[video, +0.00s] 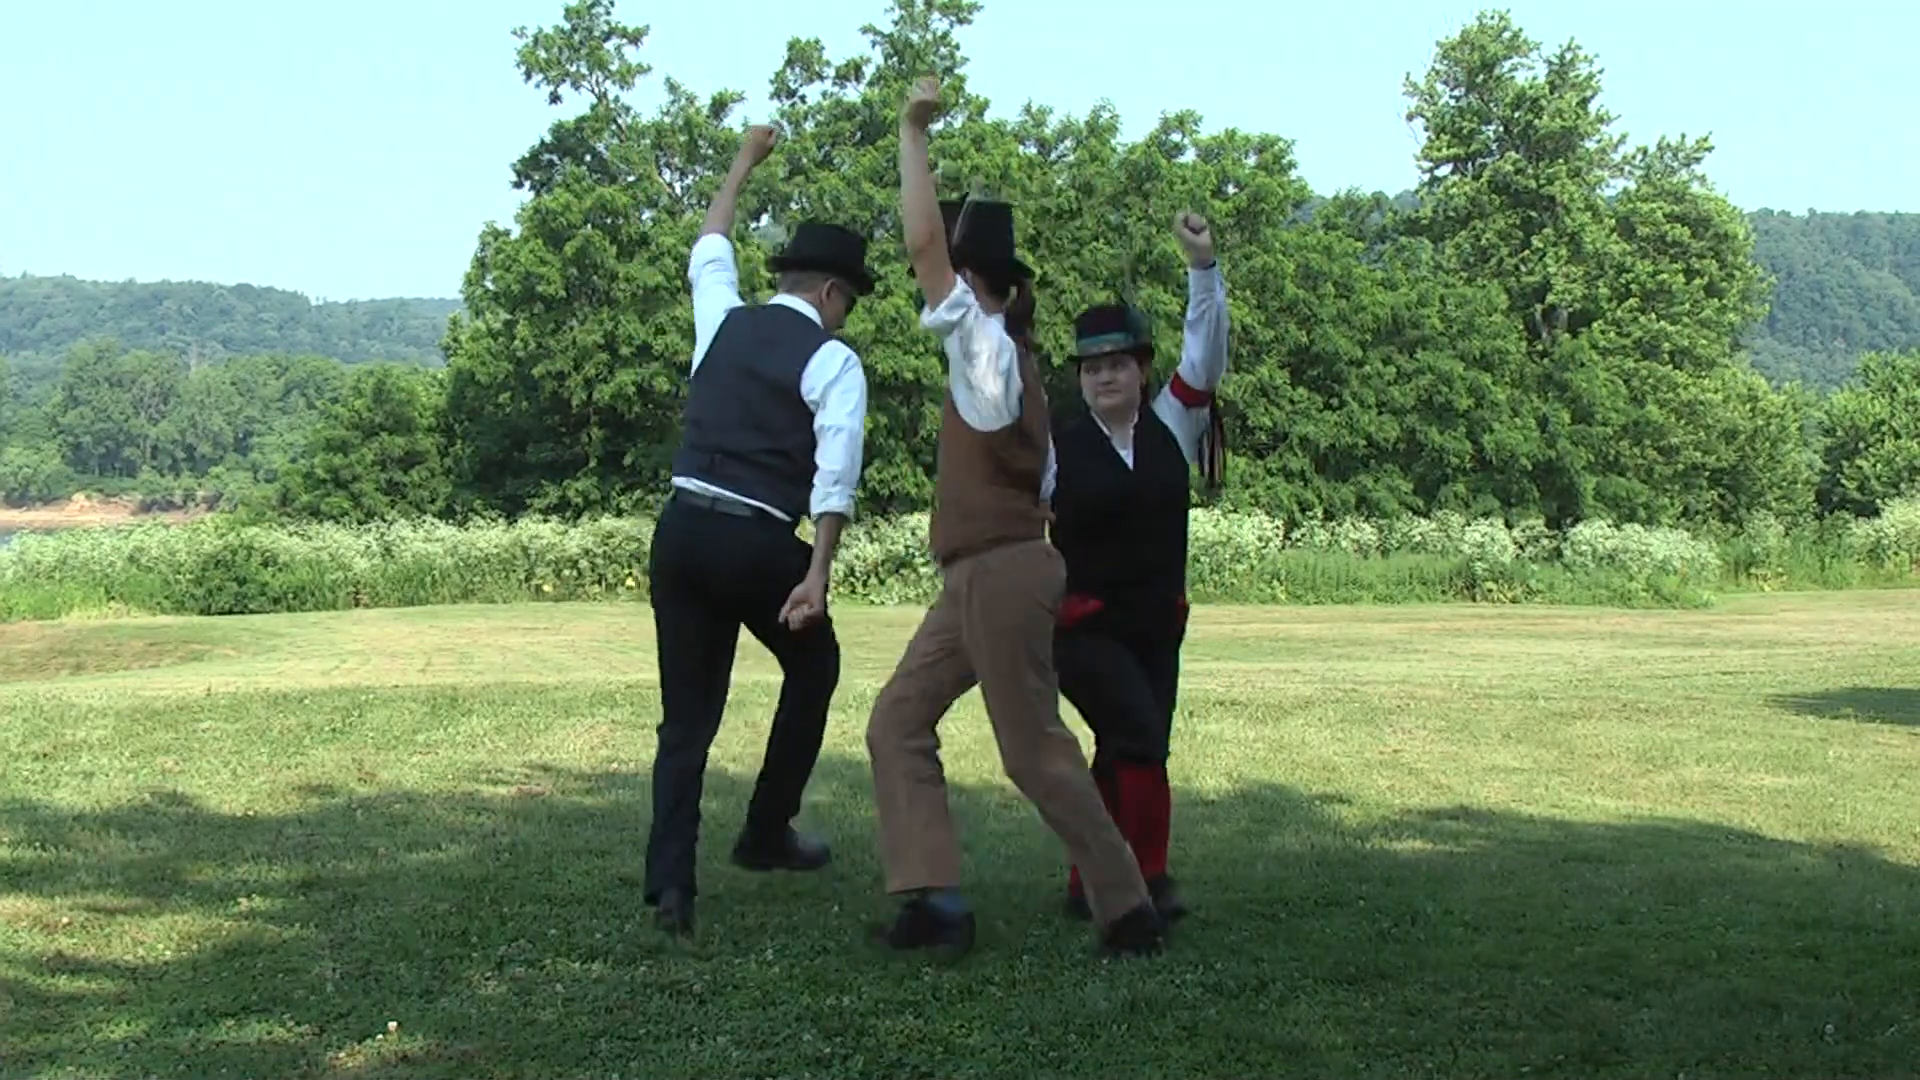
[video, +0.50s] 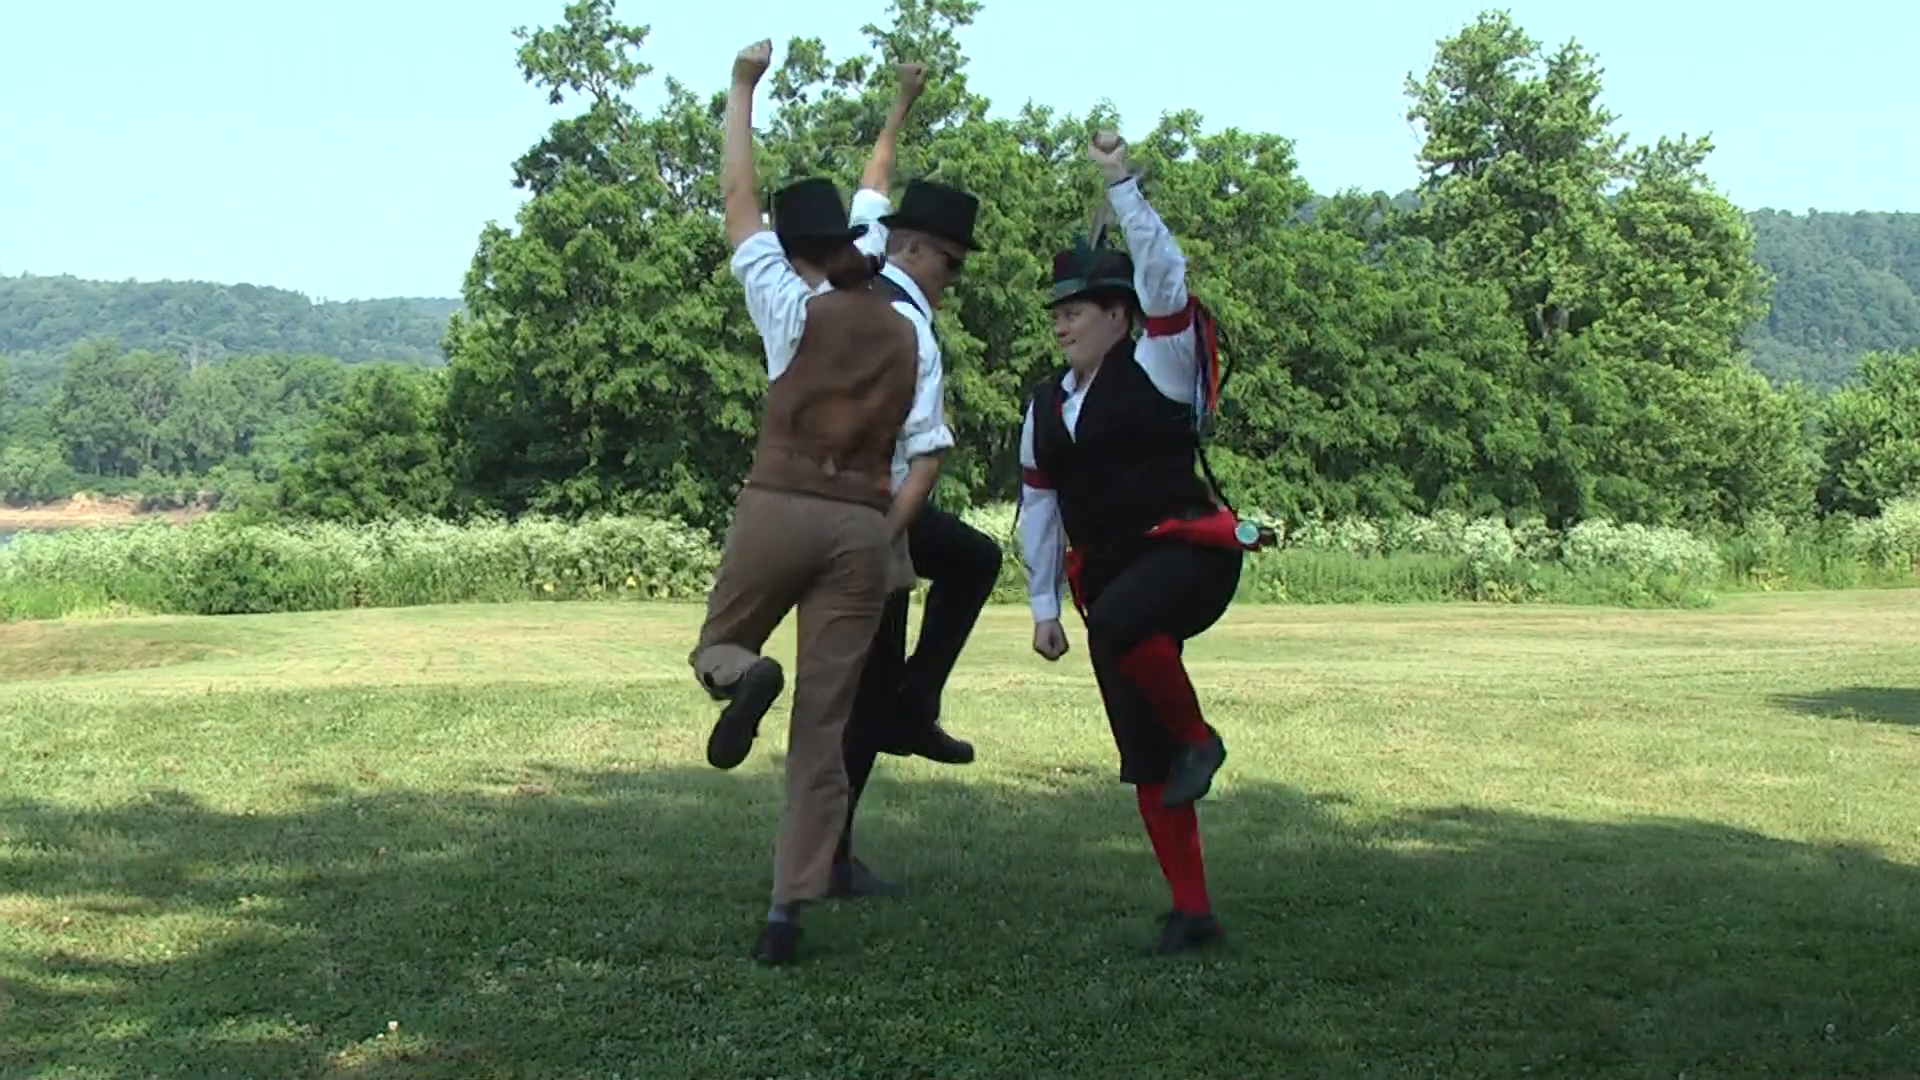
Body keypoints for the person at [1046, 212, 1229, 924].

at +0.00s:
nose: (1107, 376)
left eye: (1118, 363)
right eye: (1094, 367)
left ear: (1142, 367)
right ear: (1078, 377)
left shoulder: (1170, 422)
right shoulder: (1060, 444)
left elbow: (1203, 351)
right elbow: (1023, 515)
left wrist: (1202, 267)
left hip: (1156, 622)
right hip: (1081, 622)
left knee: (1124, 752)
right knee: (1139, 727)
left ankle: (1091, 881)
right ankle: (1150, 878)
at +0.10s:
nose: (1101, 370)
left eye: (1114, 358)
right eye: (1090, 360)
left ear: (1143, 363)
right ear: (1077, 371)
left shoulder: (1177, 415)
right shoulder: (1050, 445)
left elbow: (1204, 334)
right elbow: (1025, 539)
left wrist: (1188, 245)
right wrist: (1021, 629)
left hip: (1175, 617)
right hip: (1091, 620)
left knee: (1175, 772)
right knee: (1150, 757)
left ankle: (1114, 863)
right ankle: (1181, 913)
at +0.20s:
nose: (1093, 372)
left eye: (1106, 359)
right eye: (1084, 363)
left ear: (1142, 367)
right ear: (1073, 377)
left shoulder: (1178, 420)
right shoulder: (1055, 462)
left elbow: (1196, 332)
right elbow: (1031, 564)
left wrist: (1167, 242)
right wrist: (1032, 660)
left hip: (1192, 621)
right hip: (1107, 636)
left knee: (1226, 772)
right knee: (1159, 773)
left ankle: (1166, 829)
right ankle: (1188, 916)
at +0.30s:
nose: (1083, 355)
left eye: (1097, 341)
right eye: (1075, 345)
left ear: (1134, 345)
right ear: (1069, 358)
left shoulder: (1177, 392)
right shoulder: (1051, 440)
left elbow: (1192, 317)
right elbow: (1030, 538)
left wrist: (1155, 229)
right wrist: (1040, 631)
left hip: (1194, 584)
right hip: (1108, 608)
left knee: (1192, 666)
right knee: (1149, 774)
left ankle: (1237, 785)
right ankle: (1188, 916)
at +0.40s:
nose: (1072, 324)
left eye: (1085, 311)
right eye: (1065, 315)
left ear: (1126, 313)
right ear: (1064, 327)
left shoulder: (1170, 364)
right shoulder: (1047, 408)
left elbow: (1183, 277)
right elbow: (1032, 513)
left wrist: (1140, 188)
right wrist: (1038, 604)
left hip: (1195, 541)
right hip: (1107, 573)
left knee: (1147, 608)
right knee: (1144, 746)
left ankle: (1219, 733)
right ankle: (1186, 899)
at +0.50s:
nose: (1060, 325)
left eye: (1072, 311)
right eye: (1056, 315)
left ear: (1118, 312)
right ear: (1063, 326)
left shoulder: (1160, 363)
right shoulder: (1048, 405)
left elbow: (1165, 278)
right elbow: (1038, 510)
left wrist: (1122, 181)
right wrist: (1045, 603)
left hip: (1188, 548)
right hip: (1106, 578)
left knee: (1121, 616)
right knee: (1149, 754)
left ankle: (1195, 740)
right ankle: (1192, 911)